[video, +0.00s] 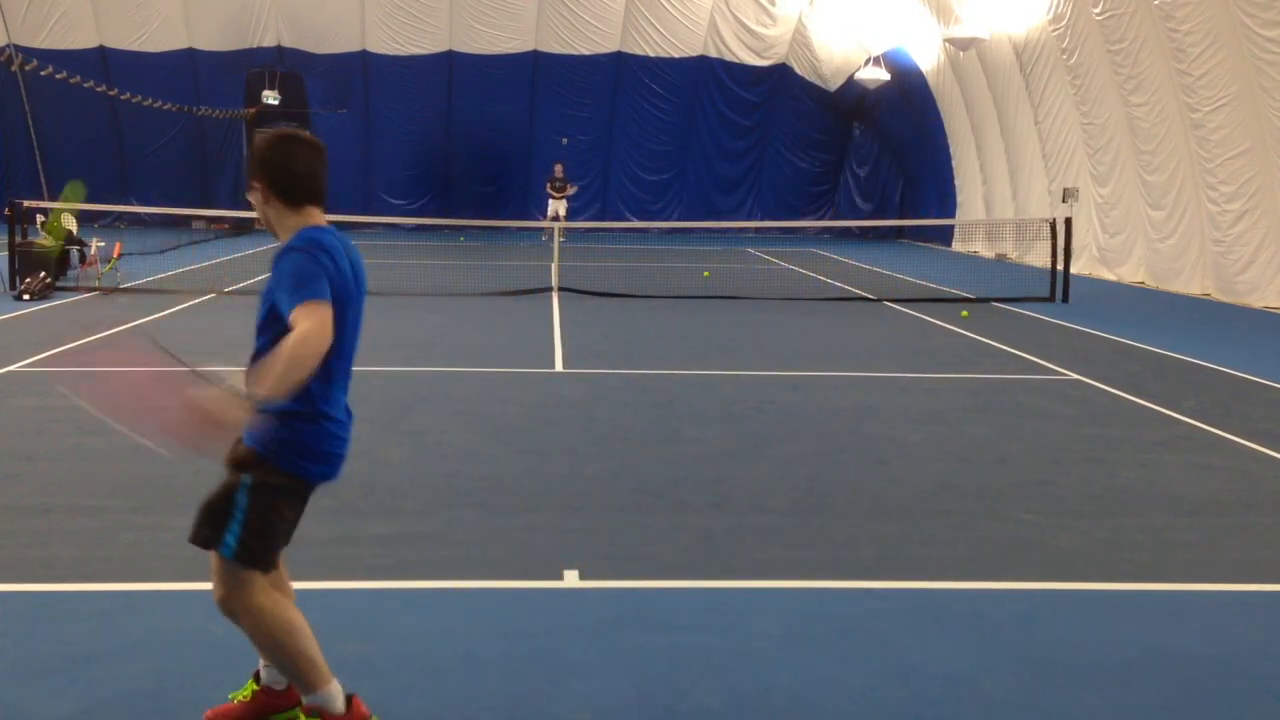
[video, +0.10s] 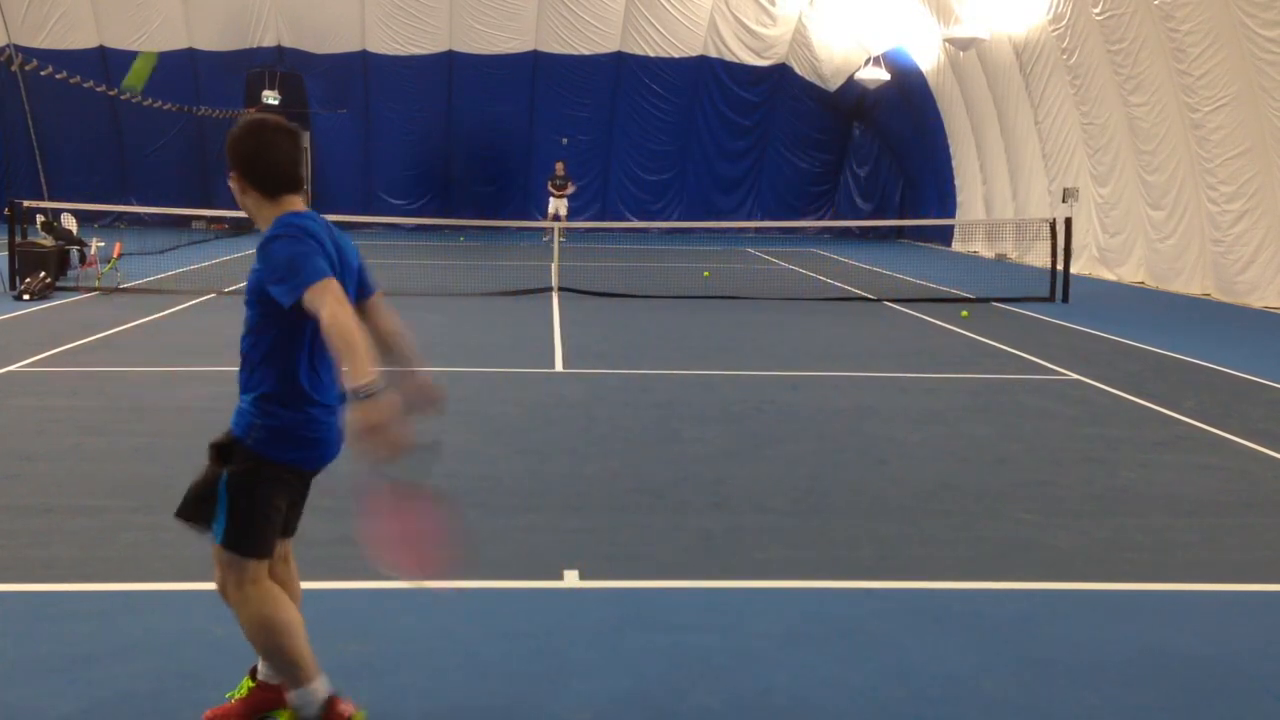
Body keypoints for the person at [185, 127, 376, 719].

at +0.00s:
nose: (252, 198)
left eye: (252, 187)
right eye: (252, 188)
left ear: (263, 192)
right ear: (316, 186)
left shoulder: (302, 255)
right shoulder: (337, 248)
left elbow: (314, 332)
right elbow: (320, 347)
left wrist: (252, 396)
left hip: (286, 441)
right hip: (304, 435)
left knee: (236, 589)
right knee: (259, 563)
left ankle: (333, 705)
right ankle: (279, 682)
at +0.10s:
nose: (231, 187)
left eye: (231, 178)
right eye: (232, 177)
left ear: (239, 184)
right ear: (299, 173)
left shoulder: (285, 242)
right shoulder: (331, 236)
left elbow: (335, 310)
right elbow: (376, 313)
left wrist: (367, 390)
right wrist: (414, 371)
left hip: (270, 436)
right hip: (305, 434)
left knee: (239, 575)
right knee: (272, 554)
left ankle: (322, 702)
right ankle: (274, 678)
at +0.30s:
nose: (225, 192)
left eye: (224, 182)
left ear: (228, 192)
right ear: (292, 179)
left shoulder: (260, 250)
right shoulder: (340, 230)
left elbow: (320, 305)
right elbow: (421, 269)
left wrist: (389, 376)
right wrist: (498, 302)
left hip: (296, 443)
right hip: (344, 437)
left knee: (297, 587)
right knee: (284, 548)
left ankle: (340, 712)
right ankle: (278, 672)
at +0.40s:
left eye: (232, 184)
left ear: (235, 195)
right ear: (301, 183)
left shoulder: (256, 252)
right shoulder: (349, 232)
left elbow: (285, 321)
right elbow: (431, 271)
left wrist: (305, 415)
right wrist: (505, 309)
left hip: (309, 446)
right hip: (366, 437)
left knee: (323, 588)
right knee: (312, 554)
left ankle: (345, 711)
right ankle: (298, 668)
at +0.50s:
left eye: (246, 179)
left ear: (249, 191)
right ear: (315, 181)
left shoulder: (256, 254)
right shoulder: (365, 232)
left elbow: (251, 338)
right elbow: (442, 286)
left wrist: (222, 443)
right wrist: (504, 334)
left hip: (317, 448)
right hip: (383, 441)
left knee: (330, 593)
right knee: (348, 565)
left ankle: (347, 713)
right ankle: (346, 683)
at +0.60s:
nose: (263, 181)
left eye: (263, 174)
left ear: (268, 185)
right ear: (335, 179)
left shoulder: (263, 254)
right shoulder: (382, 237)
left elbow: (235, 352)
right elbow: (446, 303)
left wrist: (192, 438)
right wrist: (497, 366)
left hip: (321, 450)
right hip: (392, 442)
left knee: (333, 590)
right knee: (372, 557)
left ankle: (342, 713)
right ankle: (398, 686)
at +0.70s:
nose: (284, 174)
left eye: (284, 167)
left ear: (288, 180)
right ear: (355, 177)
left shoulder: (272, 252)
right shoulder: (398, 239)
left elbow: (241, 355)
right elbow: (448, 324)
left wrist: (206, 420)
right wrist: (486, 396)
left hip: (324, 449)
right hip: (401, 442)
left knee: (336, 590)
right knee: (397, 557)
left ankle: (344, 713)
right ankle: (435, 693)